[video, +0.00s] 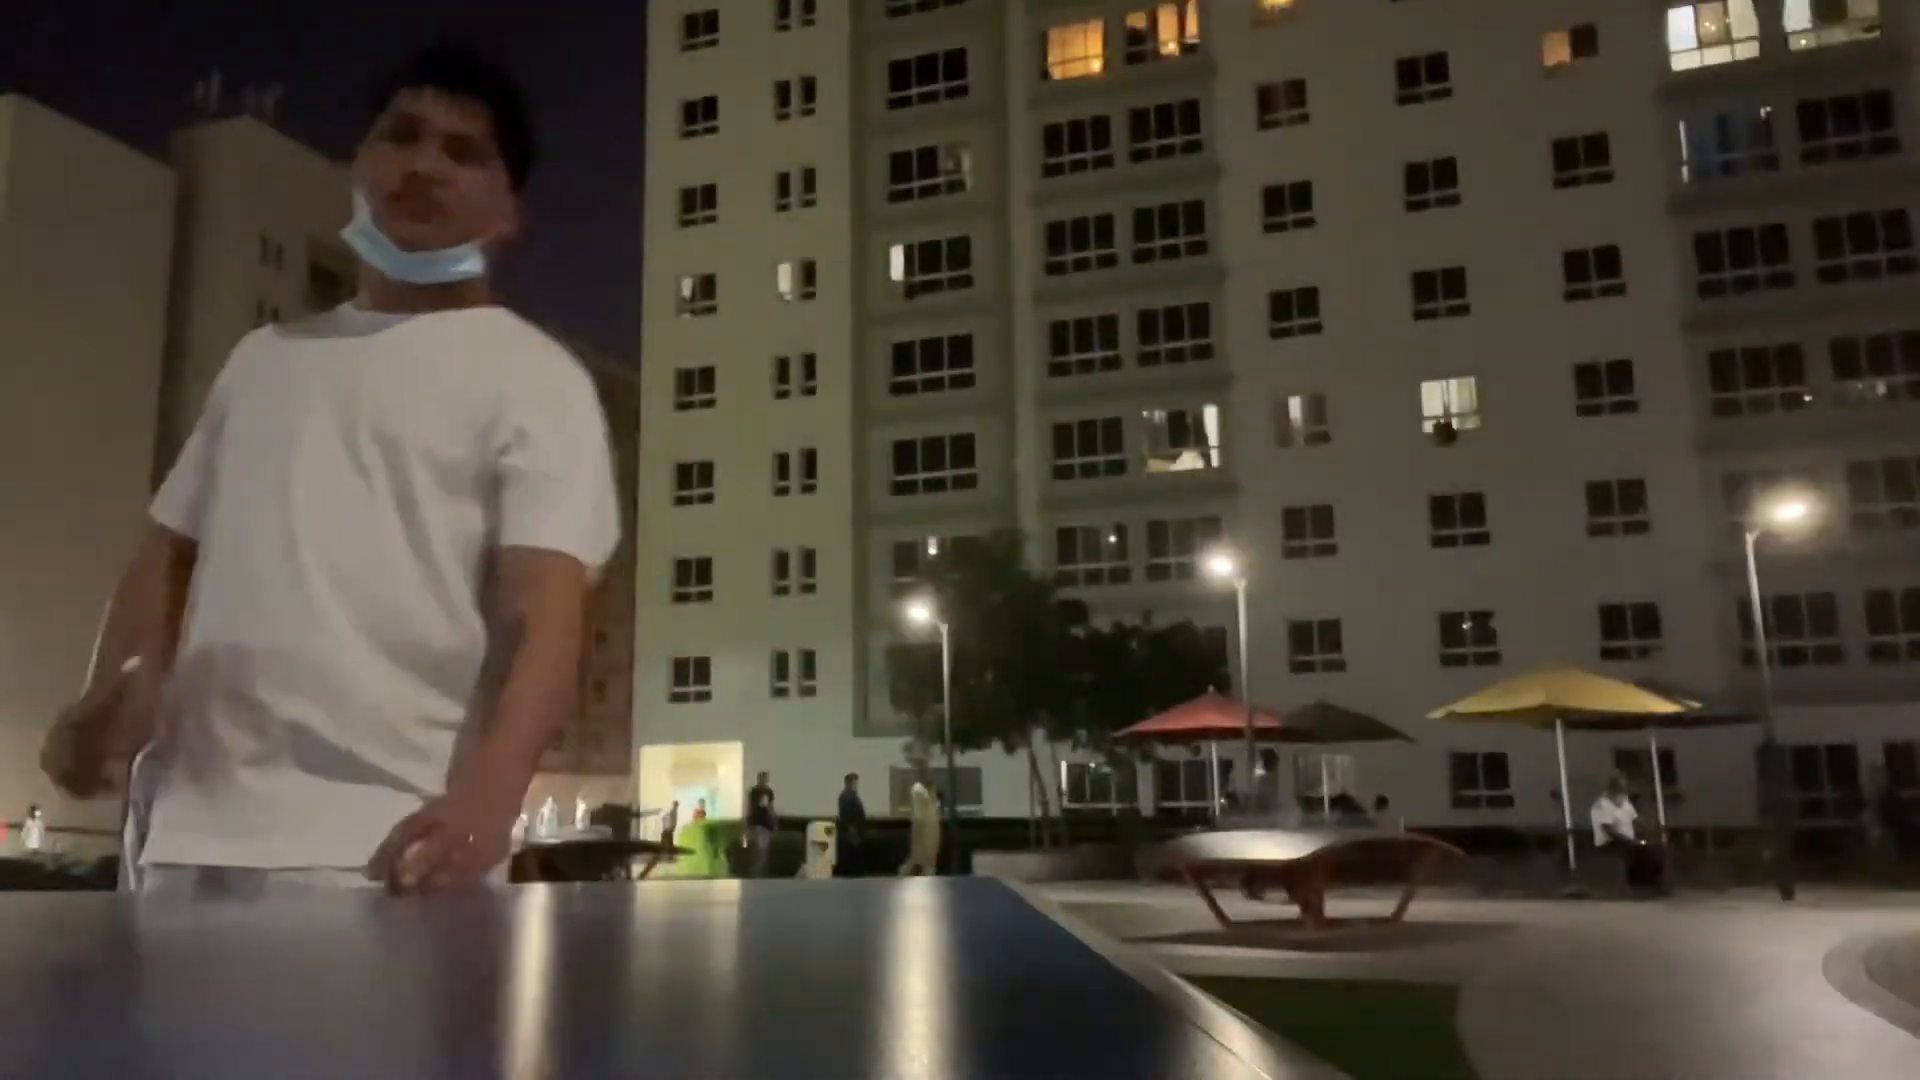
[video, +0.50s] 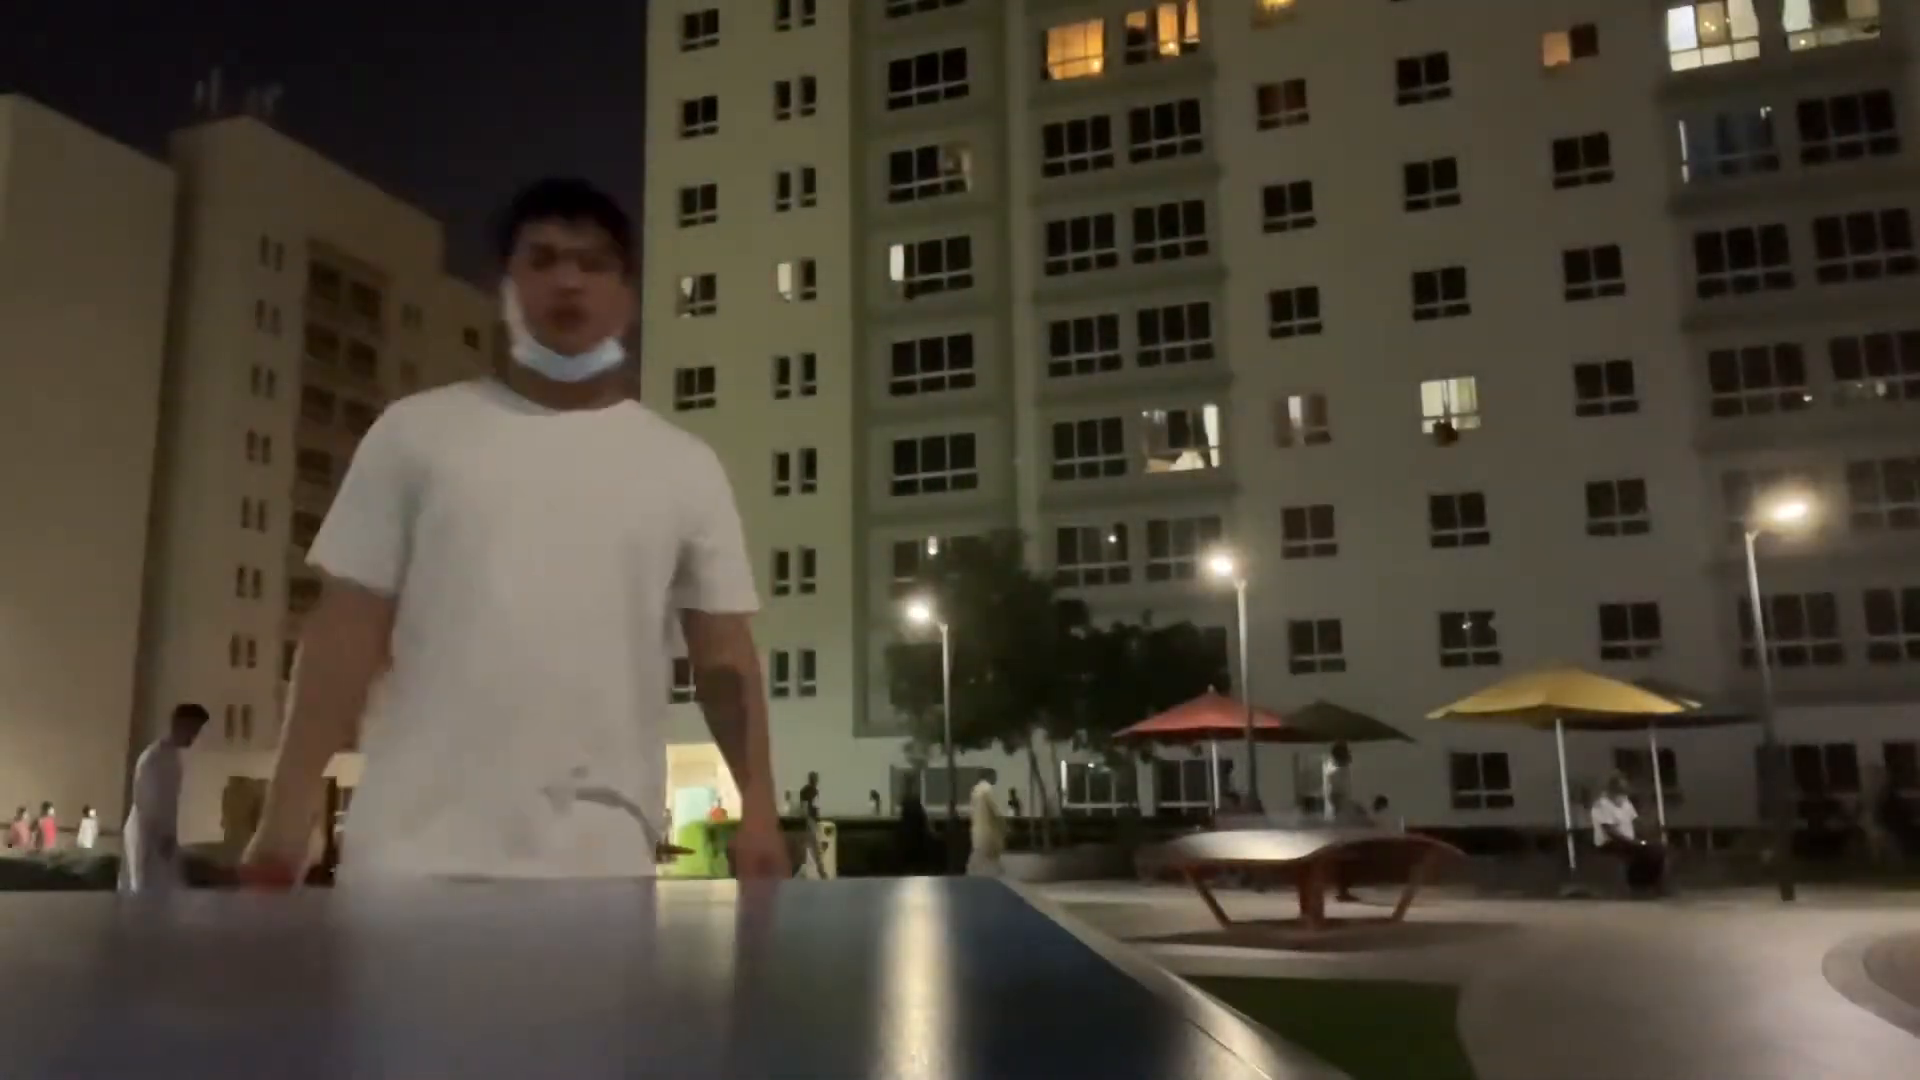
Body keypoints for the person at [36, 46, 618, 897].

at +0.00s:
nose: (424, 166)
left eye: (463, 152)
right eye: (402, 136)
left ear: (507, 213)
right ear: (356, 169)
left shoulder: (531, 377)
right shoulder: (262, 359)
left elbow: (547, 629)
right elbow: (167, 552)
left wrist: (482, 809)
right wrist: (121, 690)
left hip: (383, 861)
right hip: (190, 844)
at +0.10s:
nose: (386, 180)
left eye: (425, 168)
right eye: (364, 150)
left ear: (465, 227)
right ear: (320, 186)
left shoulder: (509, 393)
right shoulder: (221, 374)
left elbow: (545, 623)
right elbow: (140, 579)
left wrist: (455, 740)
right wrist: (87, 775)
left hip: (392, 865)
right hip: (194, 859)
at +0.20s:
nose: (388, 205)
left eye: (421, 189)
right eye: (361, 178)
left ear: (462, 242)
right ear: (318, 215)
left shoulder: (523, 409)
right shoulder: (226, 401)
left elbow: (524, 639)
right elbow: (145, 615)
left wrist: (438, 806)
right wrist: (72, 818)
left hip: (433, 865)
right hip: (232, 856)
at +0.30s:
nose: (440, 237)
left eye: (468, 219)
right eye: (412, 214)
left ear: (510, 261)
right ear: (371, 251)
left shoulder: (570, 432)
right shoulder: (282, 425)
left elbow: (592, 654)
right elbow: (195, 620)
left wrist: (593, 828)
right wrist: (134, 806)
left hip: (476, 864)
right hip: (278, 867)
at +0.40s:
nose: (498, 267)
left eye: (526, 249)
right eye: (471, 246)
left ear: (565, 291)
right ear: (433, 278)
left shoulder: (629, 456)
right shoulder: (350, 446)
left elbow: (672, 655)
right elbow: (273, 640)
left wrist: (699, 810)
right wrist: (204, 805)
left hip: (549, 861)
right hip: (359, 858)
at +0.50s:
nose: (567, 282)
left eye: (593, 263)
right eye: (542, 261)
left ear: (630, 292)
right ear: (505, 287)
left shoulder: (681, 467)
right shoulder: (415, 435)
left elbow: (725, 658)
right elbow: (346, 630)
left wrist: (759, 810)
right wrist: (289, 817)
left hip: (594, 852)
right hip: (416, 847)